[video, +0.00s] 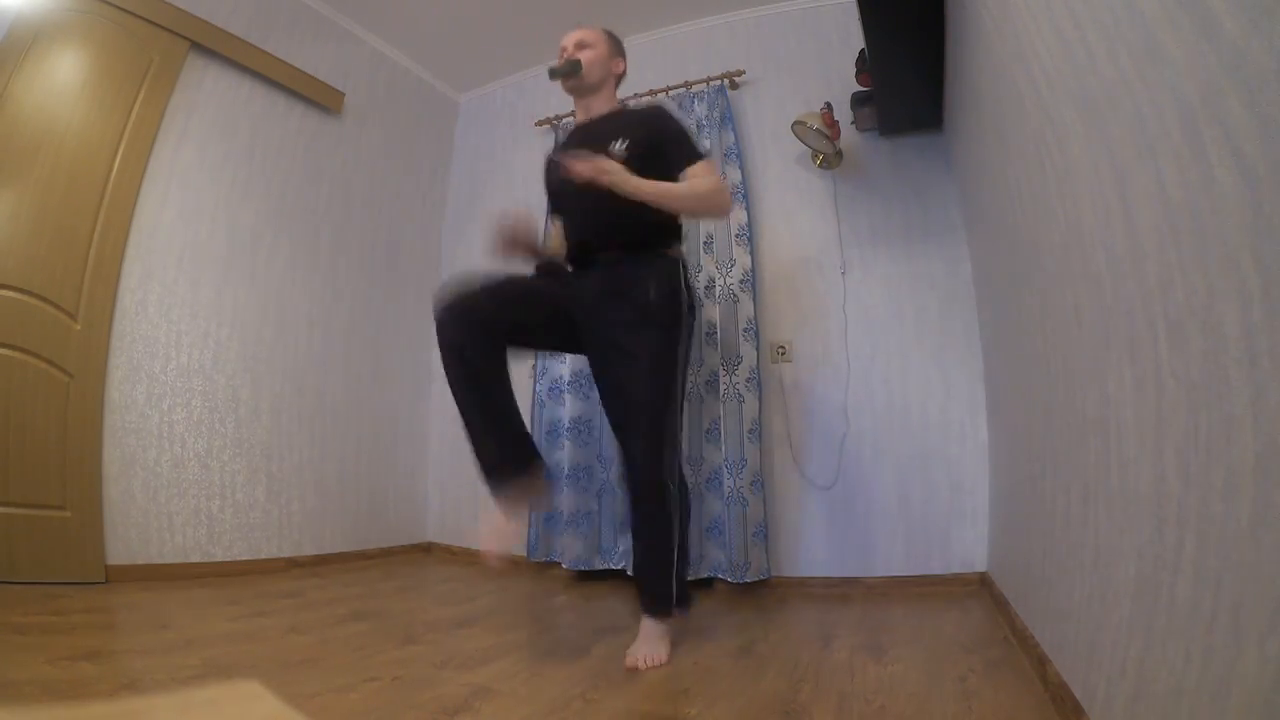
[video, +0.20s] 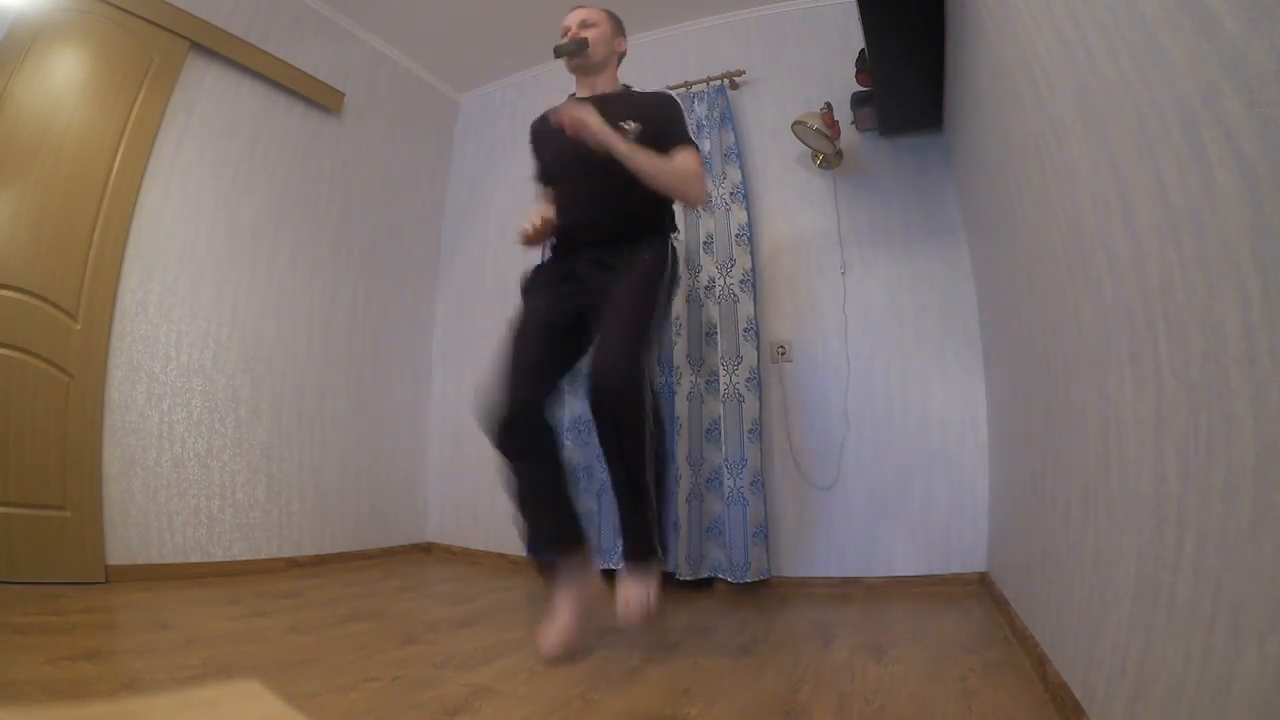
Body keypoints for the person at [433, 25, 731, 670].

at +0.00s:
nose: (567, 53)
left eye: (583, 45)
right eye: (561, 49)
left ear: (618, 65)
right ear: (558, 75)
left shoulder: (651, 123)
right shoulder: (561, 152)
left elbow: (717, 199)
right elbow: (571, 251)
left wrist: (626, 181)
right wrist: (531, 244)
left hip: (644, 298)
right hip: (577, 296)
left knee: (648, 458)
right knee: (463, 313)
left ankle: (656, 612)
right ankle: (516, 478)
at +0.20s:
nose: (574, 31)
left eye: (590, 23)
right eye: (567, 27)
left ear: (620, 45)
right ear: (560, 54)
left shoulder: (653, 108)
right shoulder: (549, 125)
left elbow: (693, 187)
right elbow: (553, 195)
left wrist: (608, 137)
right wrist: (540, 221)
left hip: (638, 263)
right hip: (569, 270)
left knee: (613, 383)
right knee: (516, 410)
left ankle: (640, 559)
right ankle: (570, 567)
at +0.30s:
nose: (571, 44)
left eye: (587, 37)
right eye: (565, 41)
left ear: (620, 59)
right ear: (559, 69)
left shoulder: (655, 137)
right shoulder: (537, 145)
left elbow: (698, 227)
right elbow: (501, 242)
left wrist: (644, 212)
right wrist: (491, 222)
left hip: (639, 288)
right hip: (565, 296)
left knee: (593, 237)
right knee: (579, 456)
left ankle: (619, 437)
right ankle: (603, 613)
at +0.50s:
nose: (555, 37)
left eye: (571, 28)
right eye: (550, 34)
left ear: (607, 49)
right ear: (546, 61)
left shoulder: (646, 106)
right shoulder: (546, 138)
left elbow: (714, 180)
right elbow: (552, 231)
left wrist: (648, 188)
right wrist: (515, 220)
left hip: (633, 273)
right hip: (567, 276)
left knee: (601, 419)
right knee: (472, 374)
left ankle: (618, 599)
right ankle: (535, 535)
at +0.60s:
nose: (559, 55)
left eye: (575, 46)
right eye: (554, 52)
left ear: (612, 69)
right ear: (550, 77)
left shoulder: (637, 125)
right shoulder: (555, 157)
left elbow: (687, 198)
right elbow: (572, 245)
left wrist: (583, 150)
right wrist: (530, 273)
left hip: (625, 305)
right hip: (559, 298)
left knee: (618, 474)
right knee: (440, 267)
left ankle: (627, 630)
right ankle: (489, 446)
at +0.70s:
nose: (562, 38)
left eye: (579, 30)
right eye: (557, 35)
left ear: (612, 51)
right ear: (552, 59)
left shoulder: (640, 110)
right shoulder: (547, 137)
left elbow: (681, 172)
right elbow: (570, 212)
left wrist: (583, 116)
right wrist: (540, 237)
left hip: (626, 282)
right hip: (560, 278)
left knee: (607, 427)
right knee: (451, 331)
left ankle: (620, 611)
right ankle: (519, 496)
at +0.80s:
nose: (569, 30)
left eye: (584, 22)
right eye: (563, 27)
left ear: (616, 44)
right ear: (556, 53)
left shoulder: (651, 113)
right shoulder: (538, 124)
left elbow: (696, 191)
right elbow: (526, 210)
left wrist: (608, 164)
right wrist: (520, 224)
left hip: (627, 250)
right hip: (555, 262)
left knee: (585, 316)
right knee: (534, 426)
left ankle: (604, 516)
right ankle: (565, 603)